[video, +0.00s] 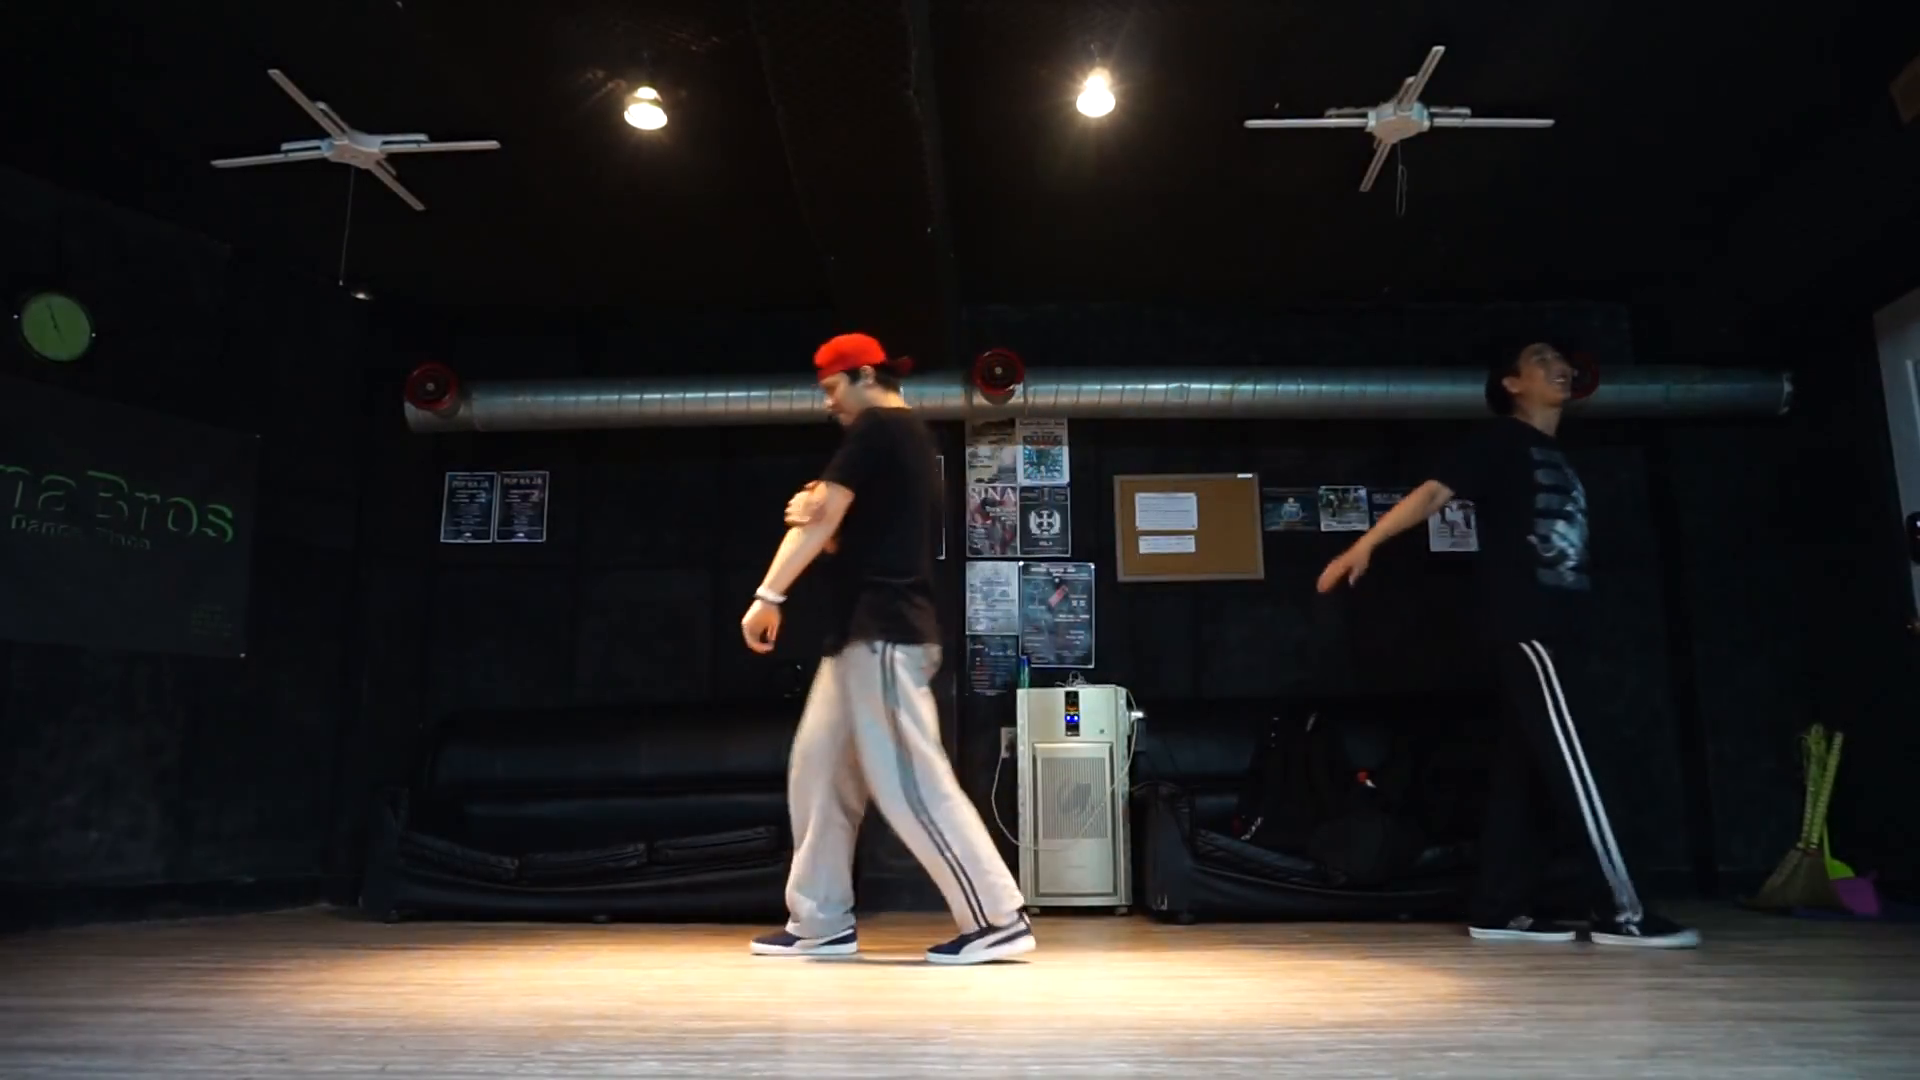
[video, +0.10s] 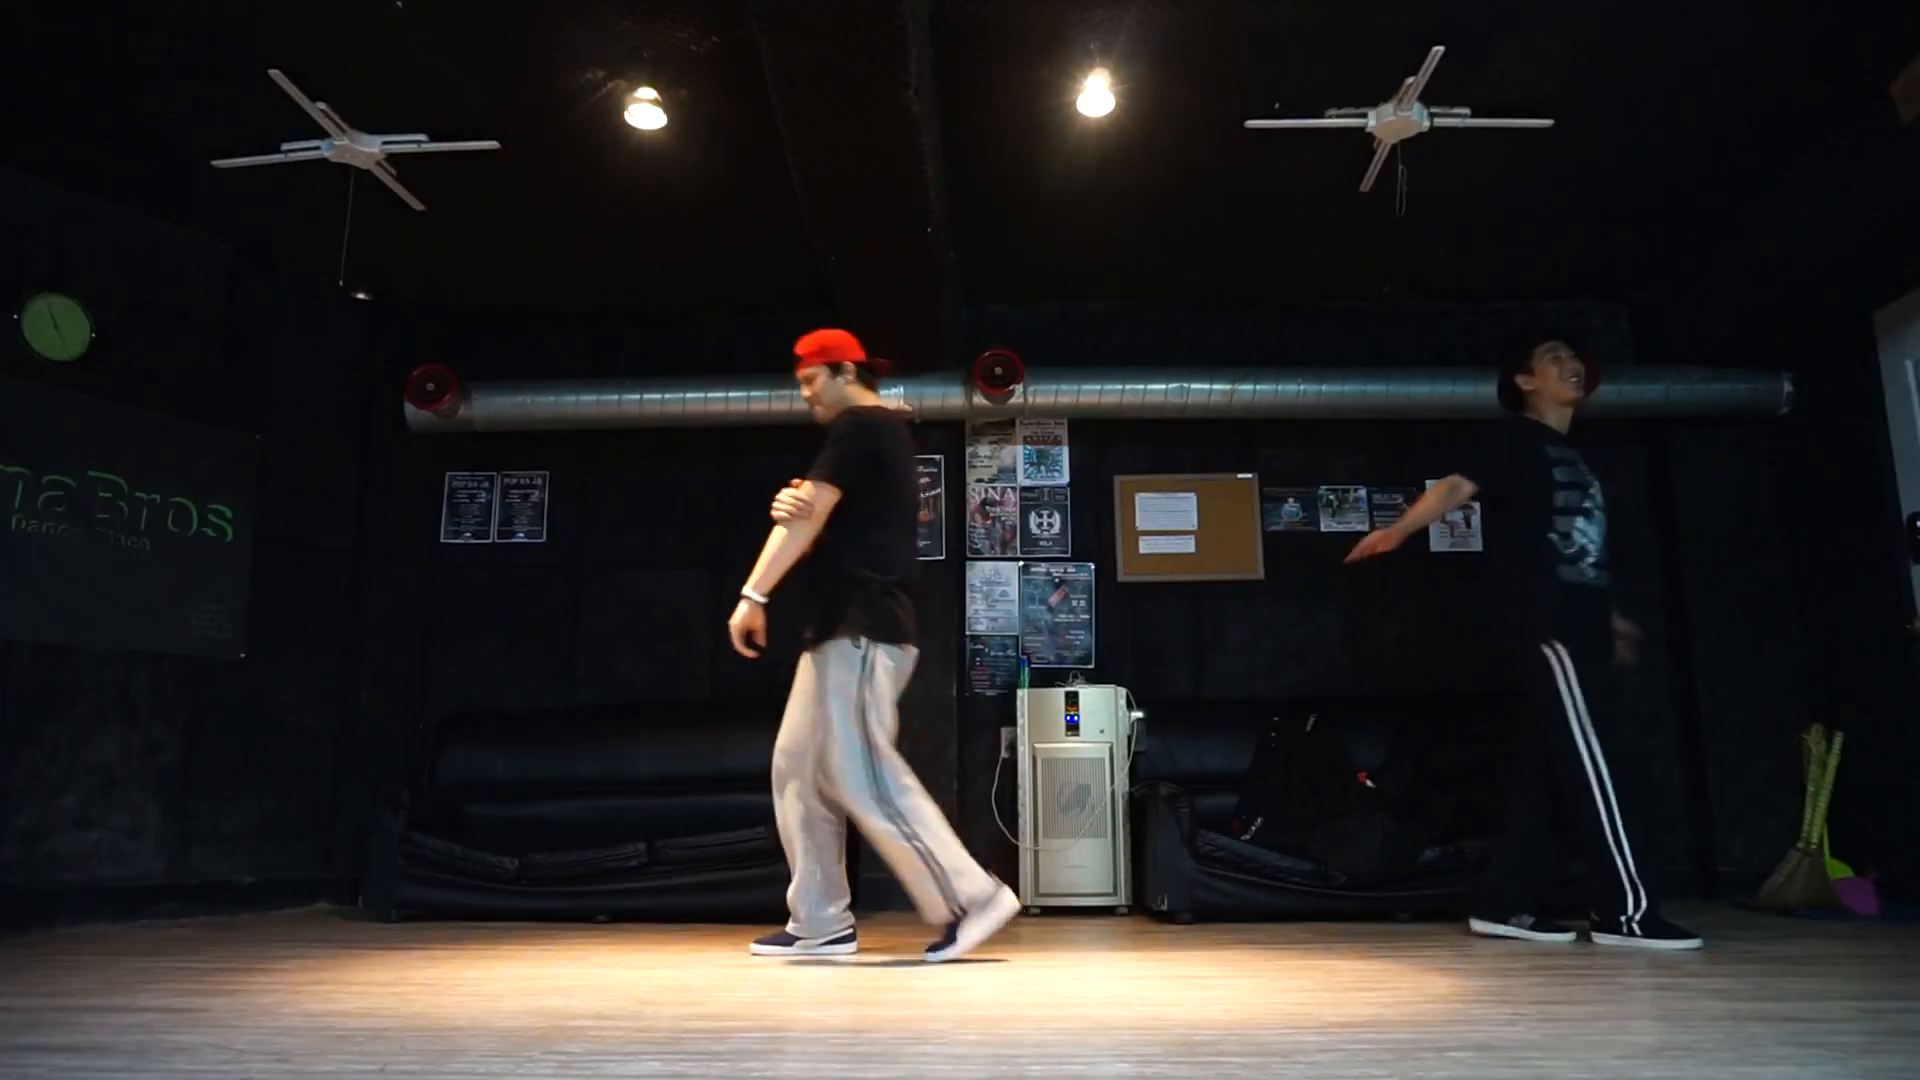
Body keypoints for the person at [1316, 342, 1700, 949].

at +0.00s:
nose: (1563, 374)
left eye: (1565, 368)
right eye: (1546, 365)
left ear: (1567, 391)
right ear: (1513, 385)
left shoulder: (1557, 460)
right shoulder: (1500, 441)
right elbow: (1432, 494)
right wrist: (1365, 545)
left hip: (1559, 625)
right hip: (1523, 624)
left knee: (1522, 764)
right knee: (1572, 760)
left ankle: (1499, 909)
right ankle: (1623, 912)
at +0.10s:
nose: (1573, 370)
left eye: (1577, 364)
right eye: (1557, 362)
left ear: (1581, 387)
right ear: (1524, 383)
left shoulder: (1573, 459)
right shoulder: (1513, 440)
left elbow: (1570, 551)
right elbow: (1456, 487)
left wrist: (1607, 617)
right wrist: (1397, 532)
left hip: (1576, 624)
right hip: (1538, 621)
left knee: (1540, 764)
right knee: (1588, 761)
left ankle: (1502, 904)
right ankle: (1627, 914)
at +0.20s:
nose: (1586, 367)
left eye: (1588, 360)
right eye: (1569, 360)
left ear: (1593, 380)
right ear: (1536, 381)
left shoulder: (1590, 459)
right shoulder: (1528, 439)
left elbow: (1618, 551)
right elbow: (1491, 492)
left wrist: (1664, 615)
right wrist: (1467, 516)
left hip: (1600, 623)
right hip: (1557, 623)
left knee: (1589, 761)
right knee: (1600, 761)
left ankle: (1521, 884)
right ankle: (1626, 915)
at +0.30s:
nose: (1597, 369)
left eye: (1600, 361)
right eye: (1581, 361)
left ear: (1606, 381)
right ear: (1548, 383)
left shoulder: (1600, 459)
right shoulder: (1541, 441)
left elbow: (1646, 542)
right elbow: (1540, 499)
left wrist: (1719, 604)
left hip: (1619, 627)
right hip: (1576, 628)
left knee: (1631, 754)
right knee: (1610, 761)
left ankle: (1561, 862)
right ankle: (1629, 913)